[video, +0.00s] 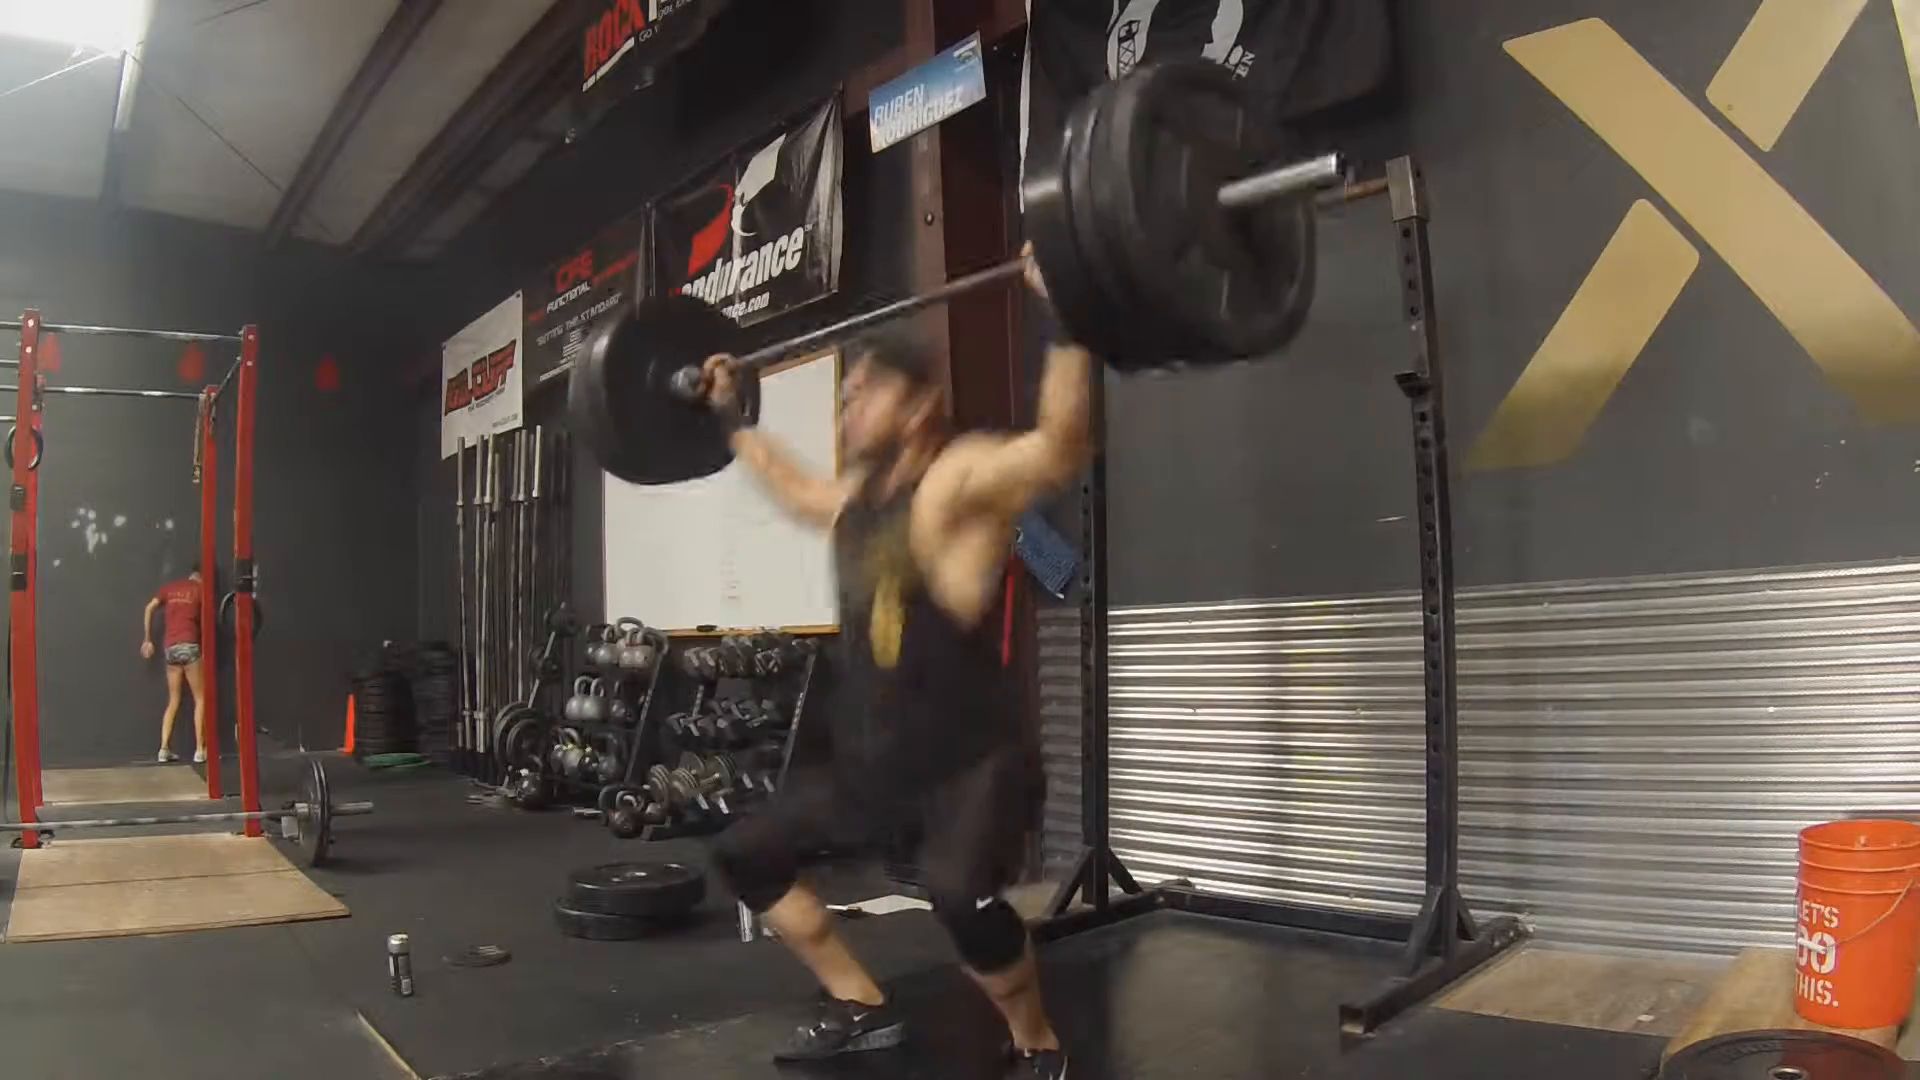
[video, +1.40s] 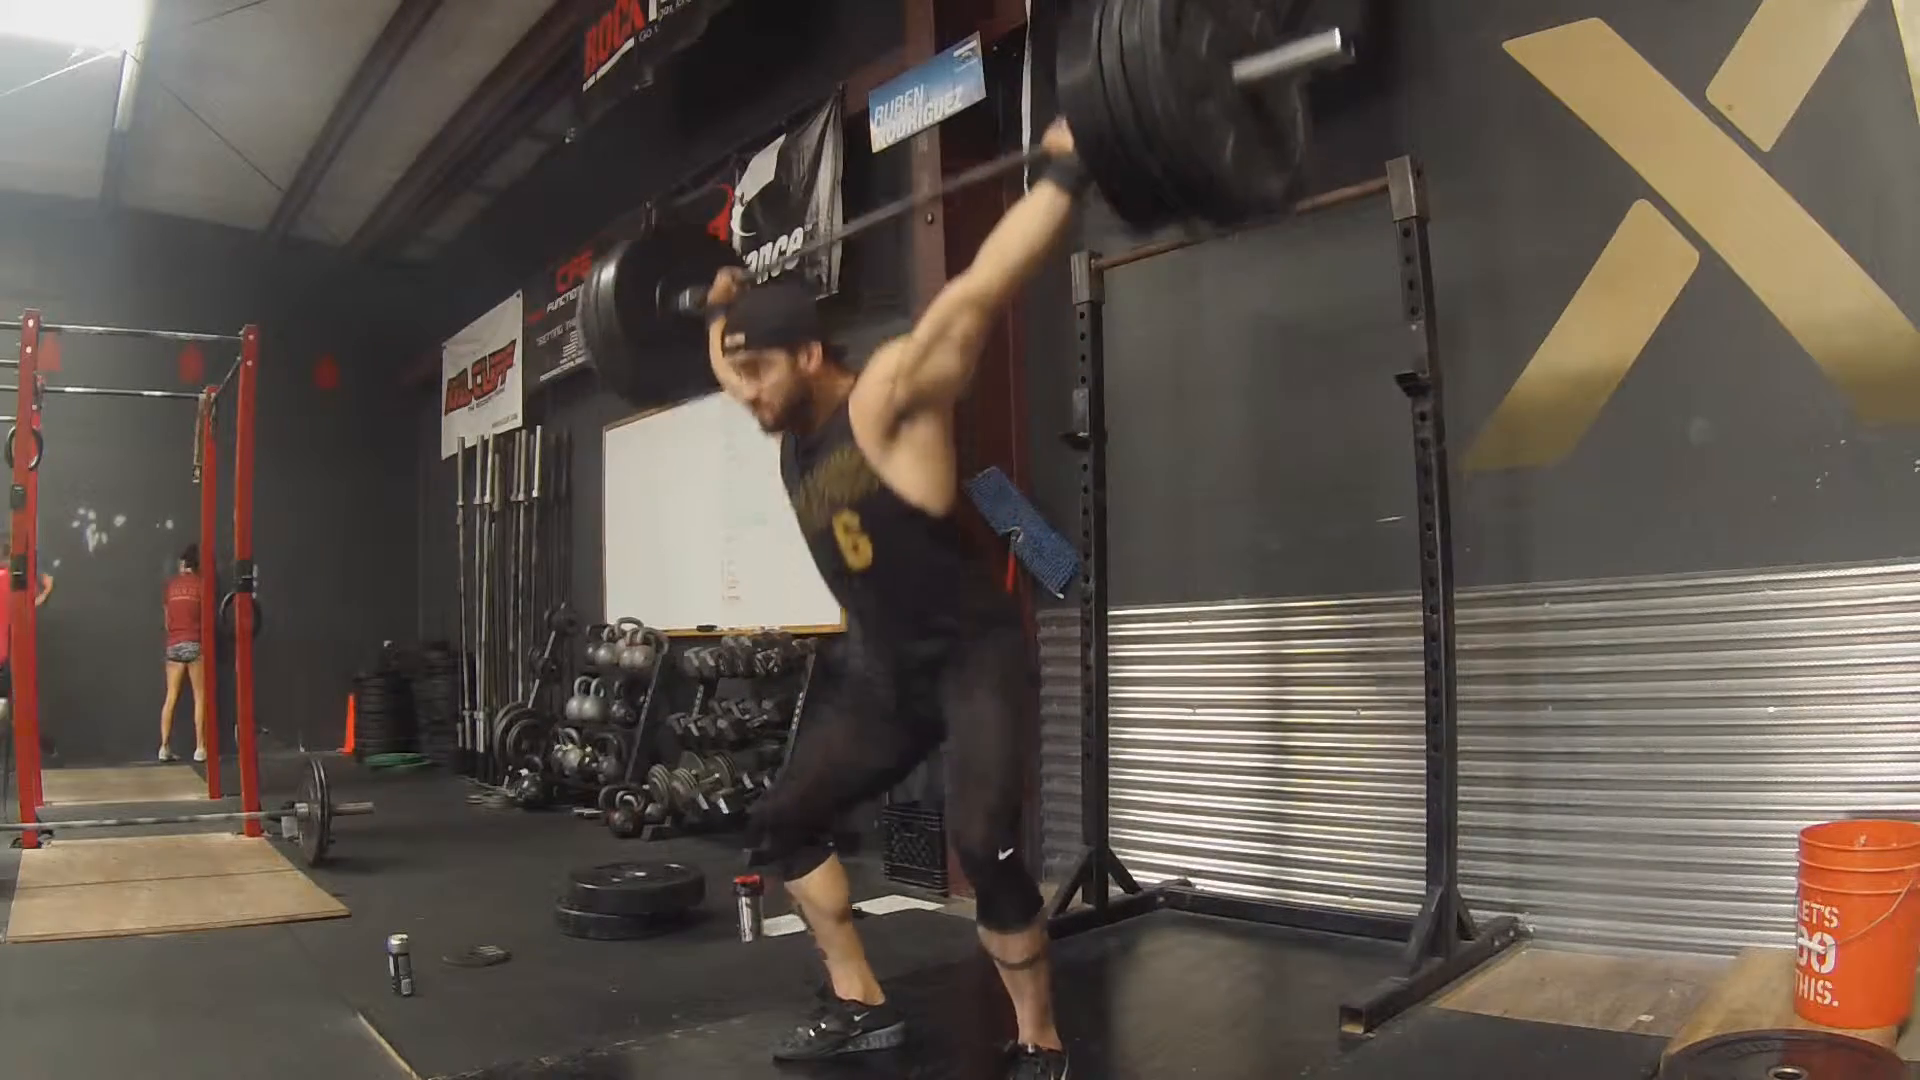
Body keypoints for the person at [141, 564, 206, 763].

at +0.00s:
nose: (204, 582)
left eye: (203, 578)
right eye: (204, 578)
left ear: (190, 573)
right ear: (201, 576)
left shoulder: (170, 588)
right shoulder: (201, 589)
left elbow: (149, 608)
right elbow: (207, 618)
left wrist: (147, 639)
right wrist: (208, 644)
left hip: (170, 643)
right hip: (190, 642)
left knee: (173, 700)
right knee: (199, 698)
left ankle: (164, 748)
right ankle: (200, 749)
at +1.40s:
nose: (182, 568)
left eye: (182, 564)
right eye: (187, 564)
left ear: (181, 564)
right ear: (197, 564)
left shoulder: (170, 585)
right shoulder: (201, 584)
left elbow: (167, 615)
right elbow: (207, 614)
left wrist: (170, 631)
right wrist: (207, 636)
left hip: (174, 641)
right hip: (195, 640)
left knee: (170, 696)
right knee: (199, 695)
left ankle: (164, 745)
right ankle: (200, 746)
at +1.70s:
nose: (170, 563)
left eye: (172, 559)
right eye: (171, 559)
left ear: (179, 561)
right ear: (189, 562)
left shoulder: (167, 583)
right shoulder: (201, 585)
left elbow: (157, 615)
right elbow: (207, 614)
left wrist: (163, 634)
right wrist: (204, 635)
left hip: (170, 642)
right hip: (194, 641)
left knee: (168, 696)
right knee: (202, 694)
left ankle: (164, 745)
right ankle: (204, 738)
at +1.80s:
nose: (170, 563)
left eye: (172, 559)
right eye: (171, 559)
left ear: (179, 561)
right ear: (189, 562)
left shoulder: (166, 584)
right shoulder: (201, 585)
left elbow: (157, 618)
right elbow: (207, 617)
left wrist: (155, 646)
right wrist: (207, 643)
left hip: (170, 644)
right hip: (195, 643)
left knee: (168, 697)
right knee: (202, 694)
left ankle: (164, 745)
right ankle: (207, 736)